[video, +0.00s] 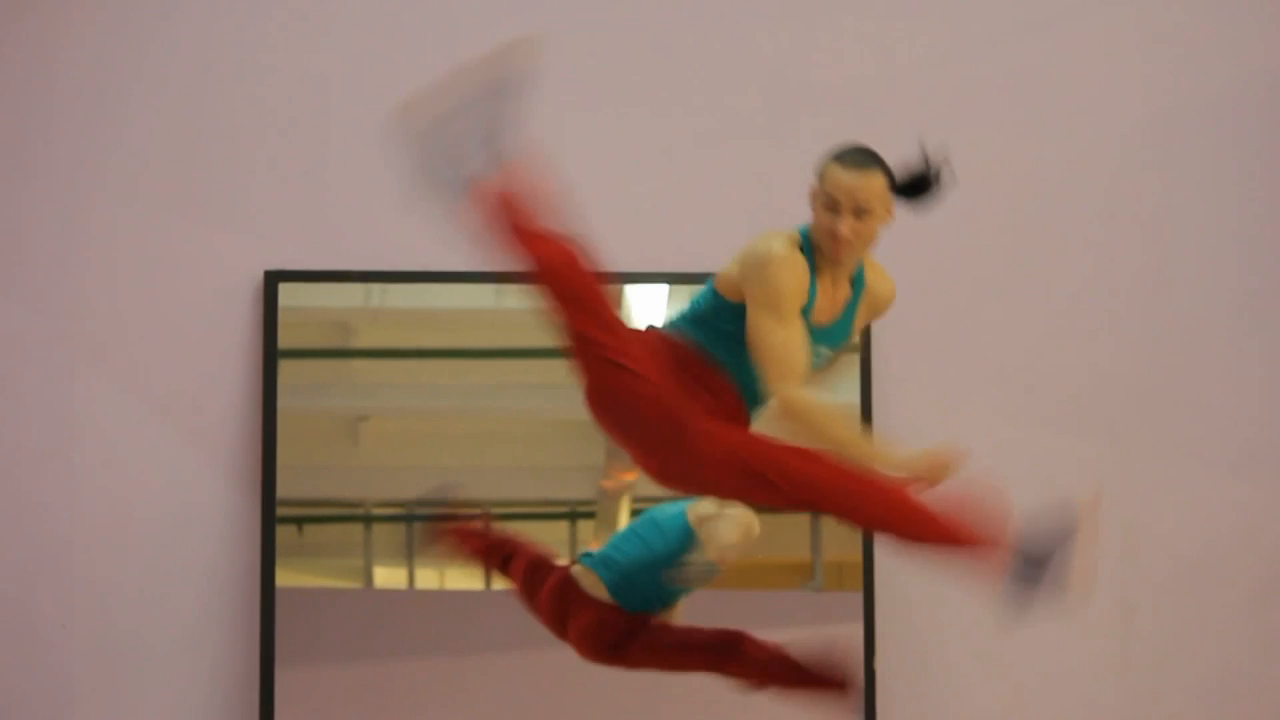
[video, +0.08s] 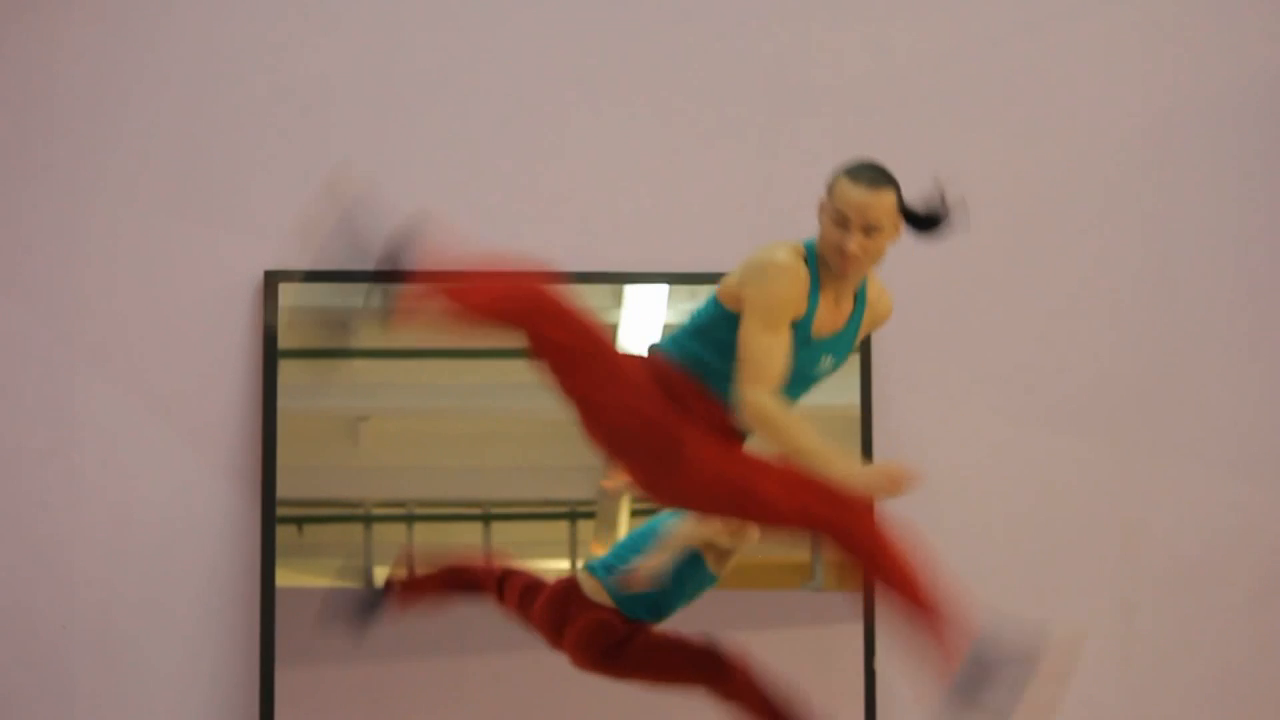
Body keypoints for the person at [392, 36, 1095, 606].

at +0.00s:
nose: (842, 226)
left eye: (861, 215)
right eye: (832, 208)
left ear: (885, 222)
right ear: (811, 201)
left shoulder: (873, 293)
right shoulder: (774, 265)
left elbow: (810, 372)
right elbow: (786, 398)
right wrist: (884, 463)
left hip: (717, 439)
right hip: (652, 382)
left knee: (829, 479)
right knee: (580, 291)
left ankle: (1004, 552)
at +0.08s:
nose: (851, 242)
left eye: (870, 231)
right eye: (840, 223)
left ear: (893, 236)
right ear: (819, 215)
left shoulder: (875, 303)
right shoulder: (780, 272)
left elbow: (785, 389)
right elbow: (754, 407)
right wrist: (848, 476)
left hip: (706, 454)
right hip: (644, 403)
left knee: (845, 508)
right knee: (549, 304)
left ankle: (959, 657)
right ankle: (412, 273)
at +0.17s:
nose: (854, 245)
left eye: (871, 232)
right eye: (842, 226)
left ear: (895, 236)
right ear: (820, 219)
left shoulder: (873, 306)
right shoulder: (779, 272)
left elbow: (779, 391)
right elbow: (754, 404)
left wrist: (740, 496)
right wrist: (846, 476)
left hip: (705, 458)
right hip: (642, 407)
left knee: (848, 513)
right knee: (547, 298)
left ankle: (958, 657)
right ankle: (410, 277)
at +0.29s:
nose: (855, 245)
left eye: (872, 232)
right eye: (843, 226)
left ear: (895, 235)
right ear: (820, 219)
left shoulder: (874, 304)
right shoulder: (779, 274)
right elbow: (753, 405)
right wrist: (846, 477)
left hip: (705, 457)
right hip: (644, 408)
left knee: (848, 512)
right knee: (548, 300)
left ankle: (957, 659)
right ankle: (410, 278)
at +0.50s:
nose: (855, 263)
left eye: (874, 252)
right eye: (846, 243)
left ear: (895, 260)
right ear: (824, 235)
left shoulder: (869, 322)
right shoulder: (779, 288)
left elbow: (779, 391)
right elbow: (724, 406)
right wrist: (812, 481)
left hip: (699, 477)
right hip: (636, 424)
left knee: (828, 562)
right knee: (513, 356)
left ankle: (887, 707)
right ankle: (358, 432)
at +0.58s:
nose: (853, 285)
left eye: (873, 275)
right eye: (845, 265)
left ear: (891, 285)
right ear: (824, 256)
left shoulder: (860, 341)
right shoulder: (777, 308)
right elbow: (697, 413)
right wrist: (774, 486)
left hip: (695, 504)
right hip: (623, 453)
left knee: (778, 630)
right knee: (490, 433)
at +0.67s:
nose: (853, 285)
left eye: (873, 275)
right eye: (845, 265)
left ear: (892, 285)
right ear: (824, 256)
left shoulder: (860, 341)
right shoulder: (777, 308)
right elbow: (698, 413)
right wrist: (774, 486)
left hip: (695, 504)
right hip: (623, 453)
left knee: (778, 629)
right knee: (490, 433)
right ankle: (413, 530)